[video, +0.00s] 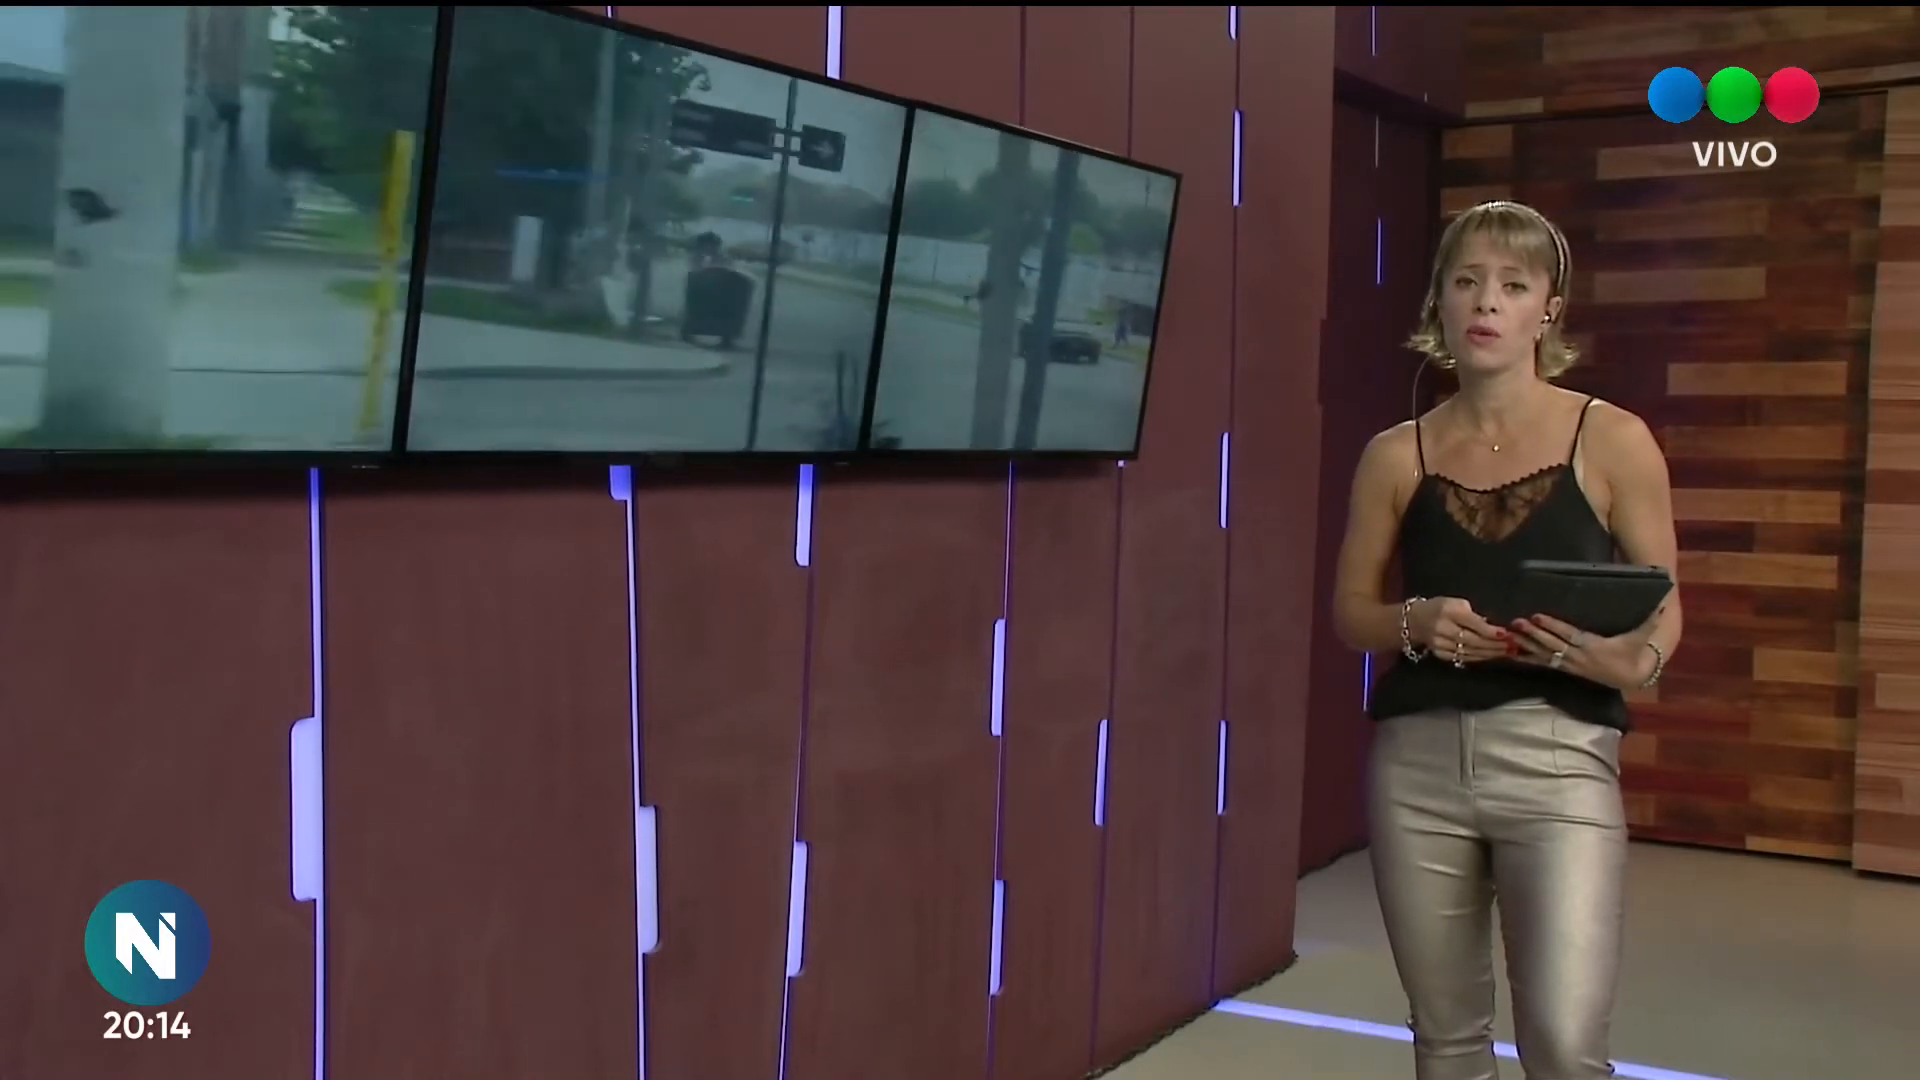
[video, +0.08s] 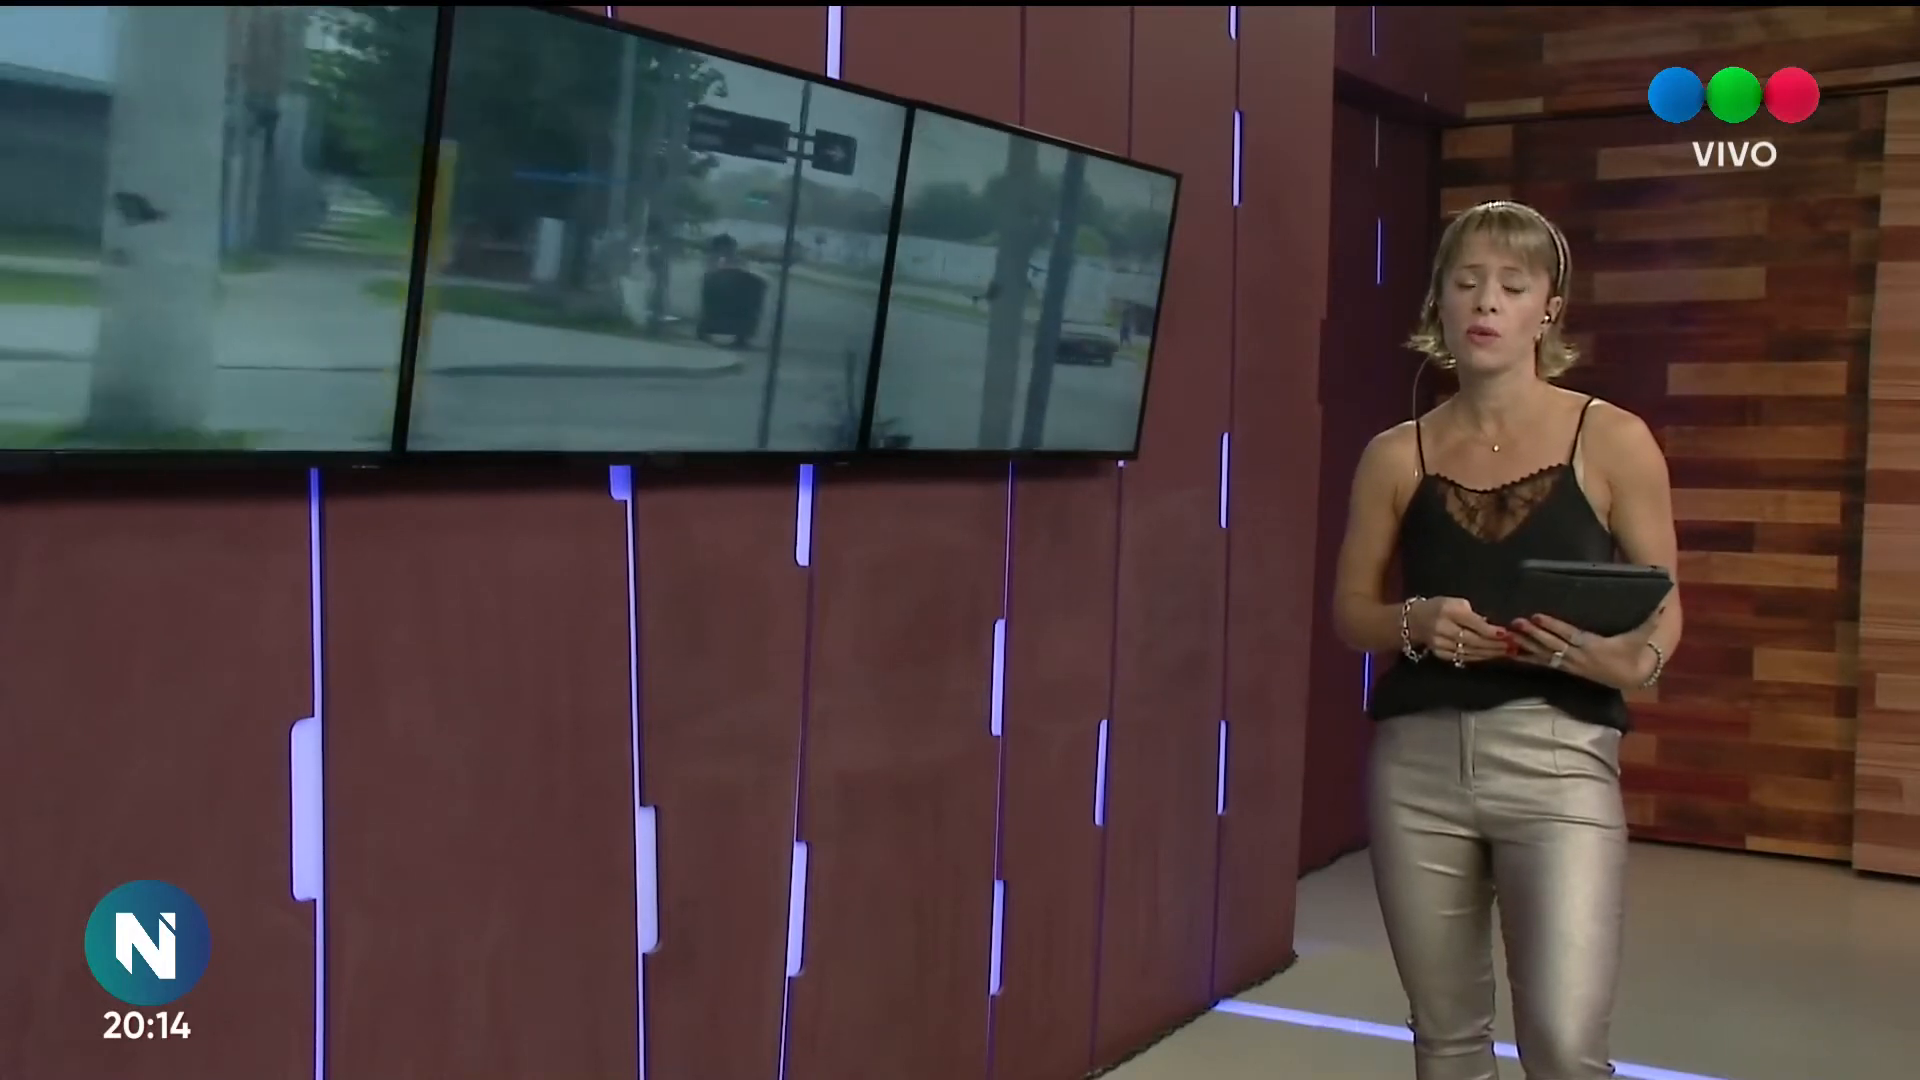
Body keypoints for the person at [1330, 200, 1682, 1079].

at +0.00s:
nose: (1484, 301)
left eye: (1510, 284)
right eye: (1465, 281)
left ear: (1548, 310)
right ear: (1439, 302)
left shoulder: (1614, 442)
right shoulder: (1395, 456)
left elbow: (1662, 605)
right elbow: (1351, 613)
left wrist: (1629, 664)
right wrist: (1414, 621)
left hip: (1559, 767)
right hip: (1416, 769)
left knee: (1563, 1050)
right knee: (1446, 1042)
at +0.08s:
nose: (1483, 300)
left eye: (1509, 283)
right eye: (1465, 280)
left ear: (1547, 310)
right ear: (1439, 302)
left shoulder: (1614, 442)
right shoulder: (1395, 457)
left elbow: (1662, 604)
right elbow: (1351, 612)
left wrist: (1628, 664)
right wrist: (1414, 621)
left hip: (1559, 768)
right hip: (1416, 769)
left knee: (1564, 1051)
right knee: (1446, 1043)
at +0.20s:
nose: (1483, 300)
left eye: (1510, 283)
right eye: (1465, 280)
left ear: (1548, 310)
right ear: (1439, 303)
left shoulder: (1614, 442)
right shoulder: (1396, 457)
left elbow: (1662, 603)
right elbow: (1350, 613)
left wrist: (1629, 663)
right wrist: (1414, 622)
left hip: (1560, 768)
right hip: (1416, 770)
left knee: (1564, 1051)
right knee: (1446, 1044)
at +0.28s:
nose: (1484, 301)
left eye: (1510, 284)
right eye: (1466, 280)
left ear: (1548, 310)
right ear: (1440, 303)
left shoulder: (1614, 442)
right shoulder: (1396, 457)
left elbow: (1663, 603)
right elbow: (1351, 613)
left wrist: (1631, 663)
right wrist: (1414, 622)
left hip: (1560, 768)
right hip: (1416, 770)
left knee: (1565, 1051)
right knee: (1446, 1044)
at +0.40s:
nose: (1484, 301)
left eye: (1511, 284)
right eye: (1466, 280)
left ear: (1549, 311)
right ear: (1441, 303)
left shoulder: (1615, 442)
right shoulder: (1396, 457)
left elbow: (1663, 603)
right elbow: (1352, 614)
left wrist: (1631, 663)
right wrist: (1415, 622)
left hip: (1561, 767)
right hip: (1417, 770)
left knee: (1565, 1052)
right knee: (1446, 1045)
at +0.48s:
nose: (1485, 301)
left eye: (1512, 284)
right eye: (1467, 281)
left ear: (1550, 311)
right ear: (1441, 304)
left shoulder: (1616, 442)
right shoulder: (1397, 457)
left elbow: (1664, 604)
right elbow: (1352, 614)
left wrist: (1632, 664)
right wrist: (1416, 622)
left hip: (1561, 767)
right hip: (1418, 770)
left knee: (1567, 1051)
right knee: (1446, 1044)